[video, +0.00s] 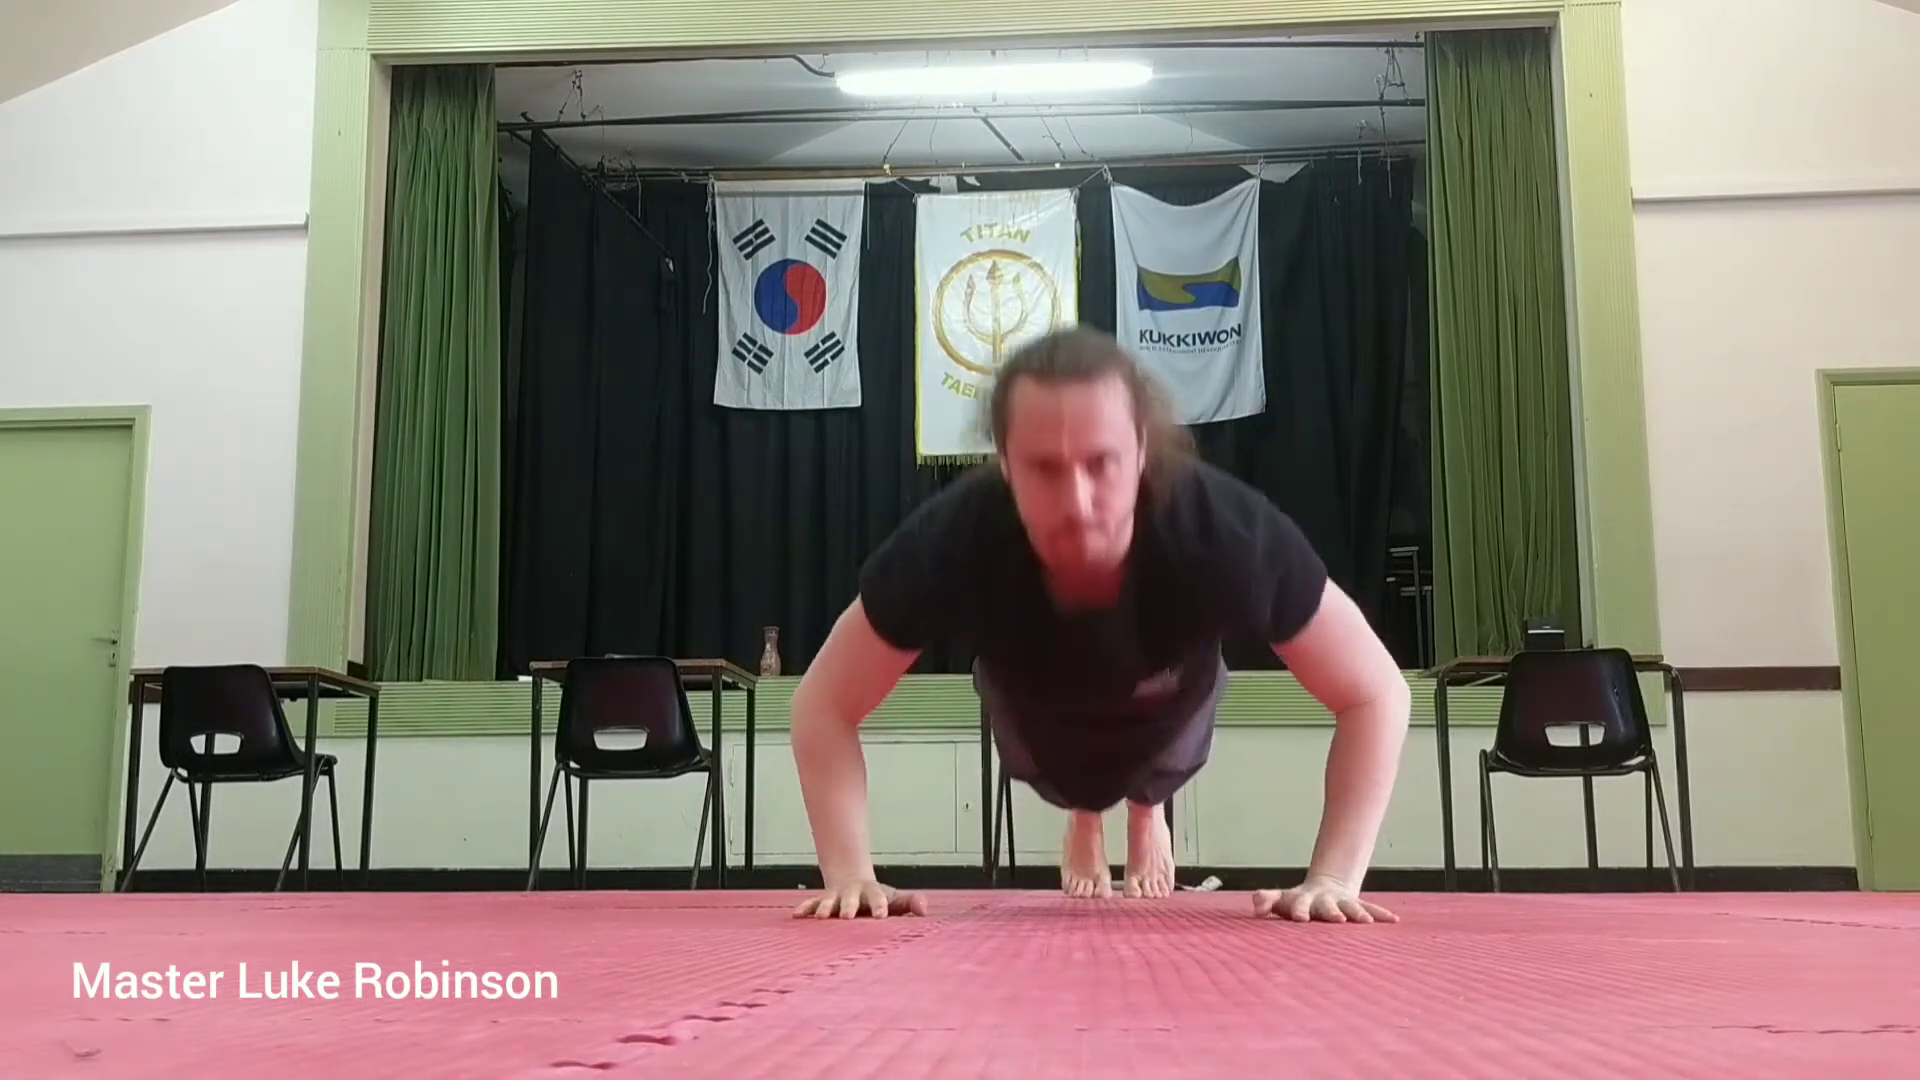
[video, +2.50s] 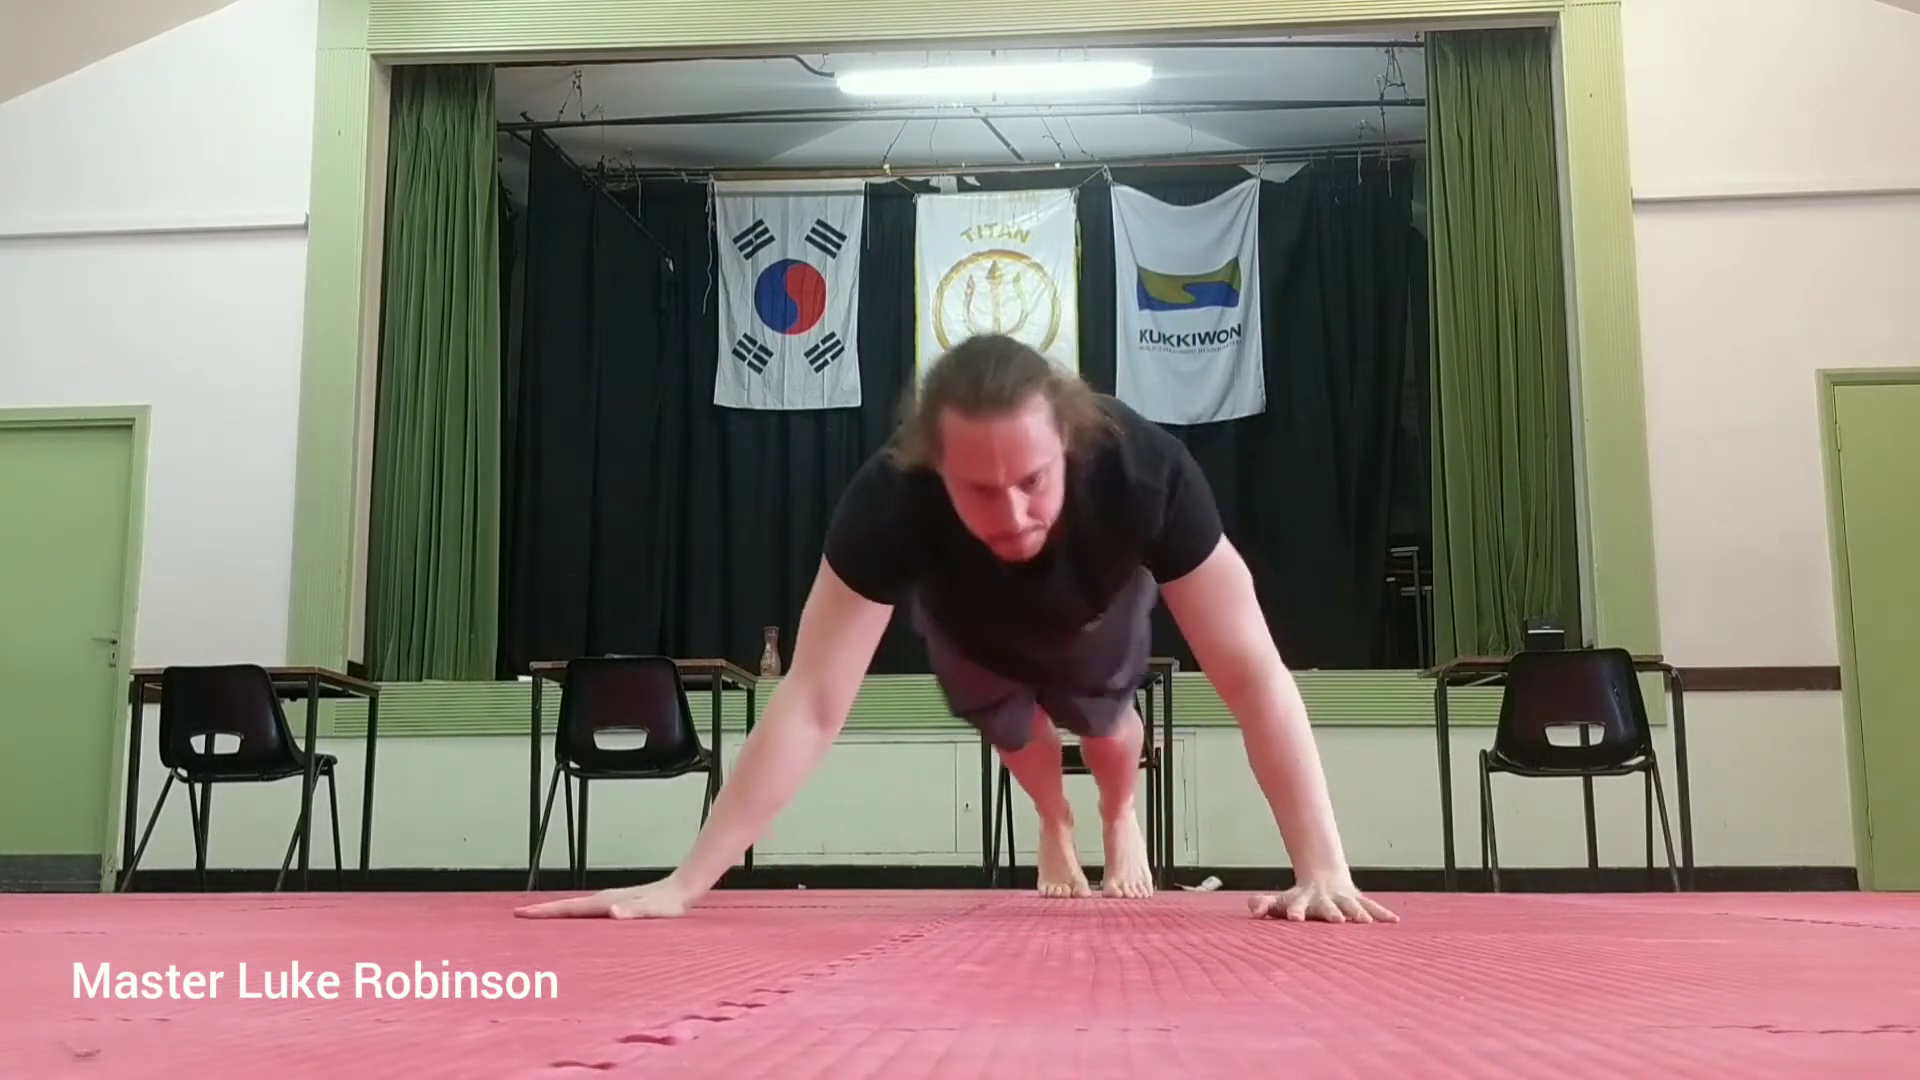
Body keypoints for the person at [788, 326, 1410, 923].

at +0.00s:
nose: (1078, 501)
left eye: (1100, 465)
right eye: (1047, 469)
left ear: (1142, 453)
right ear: (1004, 463)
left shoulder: (1225, 533)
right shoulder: (954, 541)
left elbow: (1376, 695)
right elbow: (823, 709)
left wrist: (1335, 878)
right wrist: (847, 872)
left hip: (1169, 717)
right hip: (1042, 724)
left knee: (1155, 779)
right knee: (1076, 786)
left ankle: (1147, 818)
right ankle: (1083, 823)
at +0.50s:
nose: (1076, 700)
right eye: (1046, 672)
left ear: (1145, 635)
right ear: (1003, 646)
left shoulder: (1229, 662)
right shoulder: (948, 675)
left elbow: (1394, 716)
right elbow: (813, 723)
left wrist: (1337, 878)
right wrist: (848, 880)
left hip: (1167, 795)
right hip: (1032, 806)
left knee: (1146, 822)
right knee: (1067, 833)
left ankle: (1144, 851)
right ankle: (1082, 855)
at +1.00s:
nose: (1079, 647)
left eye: (1103, 613)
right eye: (1048, 615)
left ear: (1151, 595)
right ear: (1007, 603)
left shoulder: (1236, 643)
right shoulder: (953, 645)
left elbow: (1399, 716)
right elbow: (796, 723)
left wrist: (1336, 879)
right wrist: (846, 877)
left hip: (1170, 795)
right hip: (1042, 805)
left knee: (1160, 831)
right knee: (1082, 865)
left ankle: (1152, 861)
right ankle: (1110, 875)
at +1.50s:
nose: (1071, 411)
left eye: (1093, 374)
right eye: (1039, 380)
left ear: (1136, 351)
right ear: (1001, 365)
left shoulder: (1218, 458)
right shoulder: (944, 467)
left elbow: (1302, 672)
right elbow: (872, 670)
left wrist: (1328, 874)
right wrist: (850, 871)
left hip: (1159, 646)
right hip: (1029, 653)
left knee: (1150, 750)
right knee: (1053, 752)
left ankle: (1143, 822)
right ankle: (1071, 826)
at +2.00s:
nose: (1084, 463)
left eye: (1108, 431)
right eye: (1055, 435)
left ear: (1150, 397)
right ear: (1020, 408)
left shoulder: (1236, 450)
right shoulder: (979, 465)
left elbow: (1305, 670)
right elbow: (861, 641)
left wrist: (1330, 875)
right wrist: (814, 837)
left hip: (1202, 610)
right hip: (1071, 615)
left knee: (1180, 742)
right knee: (1073, 725)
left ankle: (1139, 809)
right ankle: (1059, 828)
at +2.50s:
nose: (1009, 514)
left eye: (1030, 482)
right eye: (980, 490)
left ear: (1067, 438)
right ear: (937, 458)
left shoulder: (1147, 475)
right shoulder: (891, 506)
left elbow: (1252, 674)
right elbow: (809, 709)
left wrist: (1324, 869)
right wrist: (685, 886)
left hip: (1102, 648)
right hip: (980, 658)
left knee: (1112, 751)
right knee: (1027, 754)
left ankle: (1120, 834)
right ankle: (1060, 842)